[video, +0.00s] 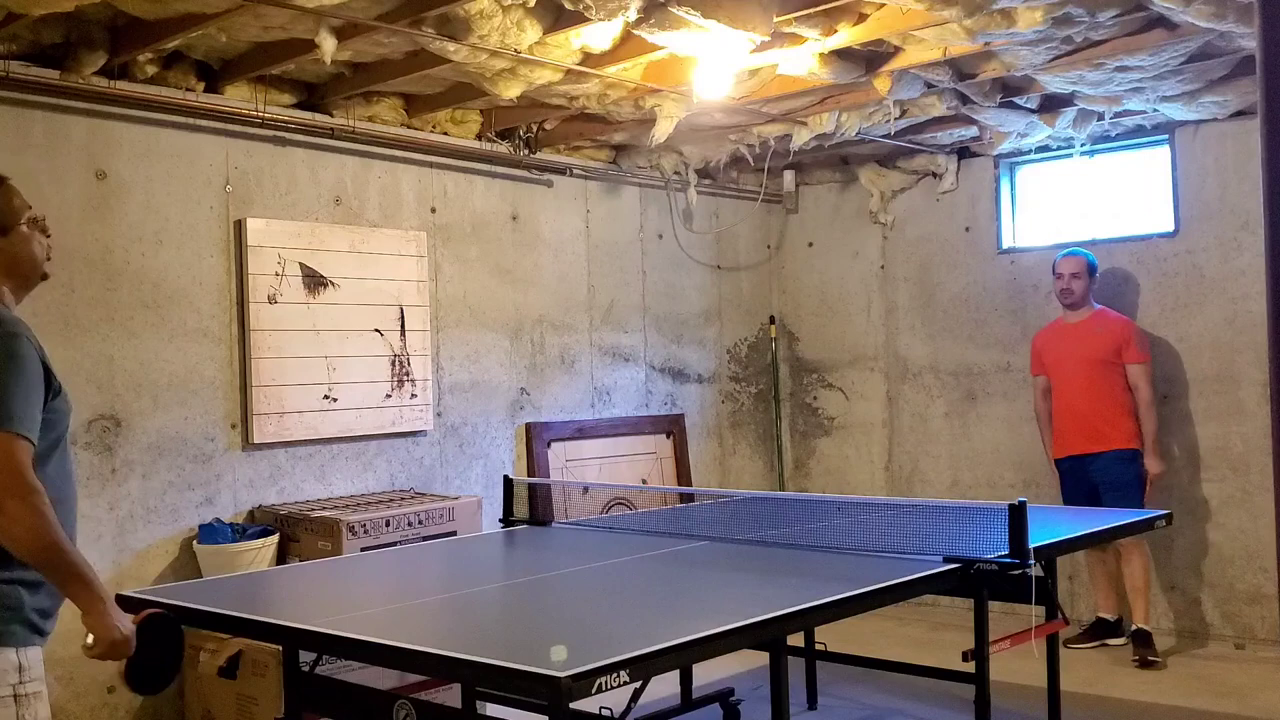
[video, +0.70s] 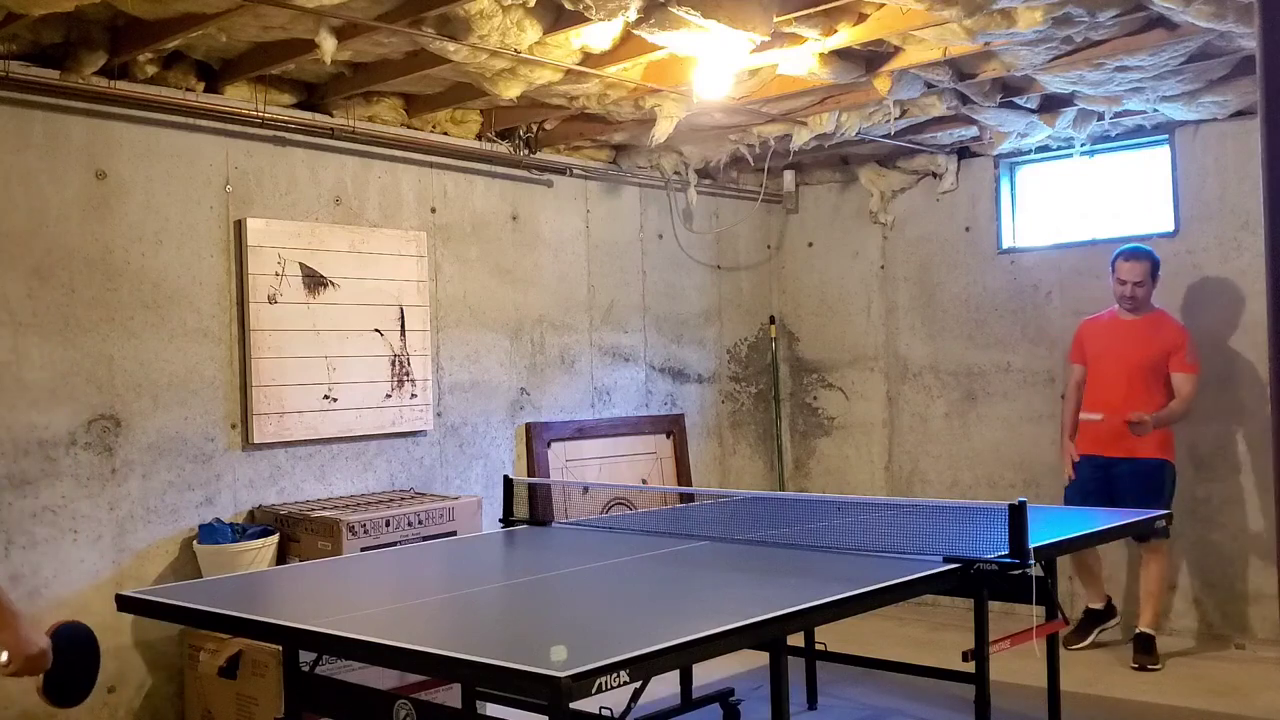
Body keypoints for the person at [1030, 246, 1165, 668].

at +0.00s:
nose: (1066, 284)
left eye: (1075, 276)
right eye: (1059, 276)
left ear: (1091, 281)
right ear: (1053, 282)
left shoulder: (1120, 327)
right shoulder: (1043, 339)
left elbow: (1142, 390)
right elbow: (1042, 401)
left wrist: (1151, 450)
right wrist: (1053, 452)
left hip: (1117, 449)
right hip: (1070, 455)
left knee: (1127, 538)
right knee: (1090, 542)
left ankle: (1140, 631)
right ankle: (1107, 622)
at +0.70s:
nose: (1129, 290)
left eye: (1139, 283)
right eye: (1122, 282)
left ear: (1153, 283)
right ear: (1112, 279)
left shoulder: (1171, 332)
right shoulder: (1090, 329)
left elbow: (1185, 398)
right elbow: (1074, 387)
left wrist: (1153, 420)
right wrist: (1067, 439)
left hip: (1147, 457)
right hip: (1092, 455)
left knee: (1153, 539)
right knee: (1072, 533)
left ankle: (1145, 633)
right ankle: (1098, 606)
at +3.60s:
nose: (1152, 283)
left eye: (1162, 275)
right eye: (1145, 274)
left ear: (1182, 275)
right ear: (1137, 274)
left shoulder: (1210, 328)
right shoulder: (1118, 326)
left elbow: (1226, 400)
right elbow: (1091, 386)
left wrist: (1199, 443)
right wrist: (1078, 442)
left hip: (1196, 462)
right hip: (1135, 464)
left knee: (1219, 552)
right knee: (1138, 553)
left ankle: (1243, 655)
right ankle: (1143, 645)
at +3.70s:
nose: (1162, 292)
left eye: (1172, 283)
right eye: (1153, 282)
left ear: (1189, 282)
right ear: (1144, 279)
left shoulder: (1213, 333)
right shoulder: (1120, 328)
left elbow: (1227, 406)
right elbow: (1090, 386)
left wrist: (1200, 454)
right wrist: (1086, 441)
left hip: (1196, 465)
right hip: (1135, 466)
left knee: (1212, 553)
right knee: (1138, 552)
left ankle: (1240, 655)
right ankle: (1143, 644)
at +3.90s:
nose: (1186, 308)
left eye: (1198, 300)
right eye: (1179, 298)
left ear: (1213, 295)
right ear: (1166, 288)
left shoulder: (1228, 342)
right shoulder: (1138, 328)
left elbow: (1235, 416)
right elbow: (1100, 383)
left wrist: (1204, 462)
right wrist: (1106, 436)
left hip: (1205, 465)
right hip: (1145, 463)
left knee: (1216, 552)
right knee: (1143, 550)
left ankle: (1240, 657)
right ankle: (1144, 645)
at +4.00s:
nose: (1198, 305)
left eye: (1210, 298)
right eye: (1190, 294)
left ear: (1225, 294)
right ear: (1177, 284)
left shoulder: (1238, 339)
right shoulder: (1148, 325)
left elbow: (1241, 412)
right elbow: (1105, 379)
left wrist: (1202, 437)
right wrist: (1110, 424)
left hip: (1213, 464)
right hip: (1152, 462)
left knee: (1221, 552)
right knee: (1147, 550)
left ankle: (1241, 657)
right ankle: (1144, 645)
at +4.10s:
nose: (1207, 297)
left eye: (1219, 291)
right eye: (1200, 286)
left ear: (1236, 289)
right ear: (1190, 277)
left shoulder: (1248, 334)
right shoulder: (1158, 320)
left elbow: (1254, 406)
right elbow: (1112, 372)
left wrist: (1208, 402)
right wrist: (1113, 409)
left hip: (1221, 460)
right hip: (1159, 457)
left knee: (1227, 555)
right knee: (1150, 550)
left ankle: (1242, 658)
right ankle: (1144, 644)